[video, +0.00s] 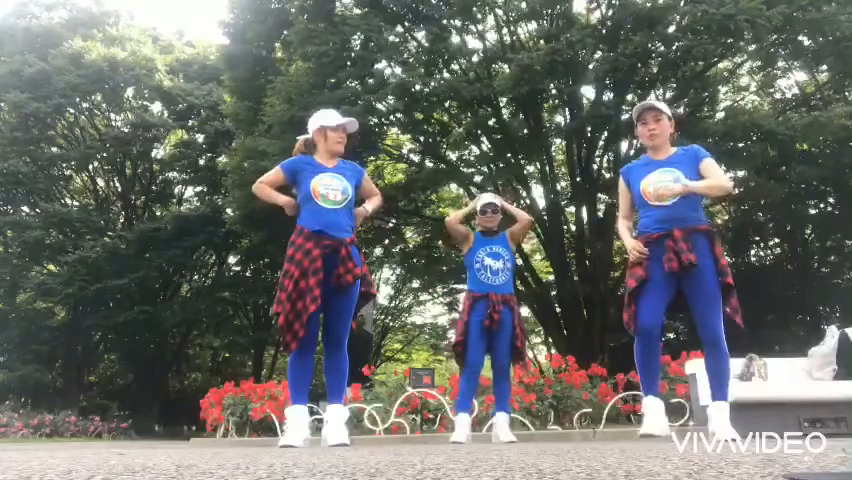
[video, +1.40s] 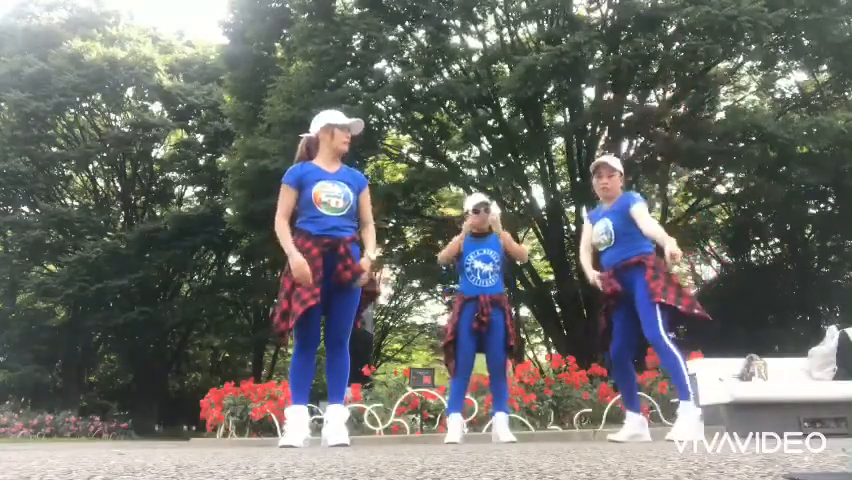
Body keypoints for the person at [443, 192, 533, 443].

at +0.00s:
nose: (490, 215)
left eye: (494, 212)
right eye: (485, 211)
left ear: (501, 216)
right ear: (477, 216)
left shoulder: (508, 238)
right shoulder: (469, 239)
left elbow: (527, 220)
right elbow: (451, 222)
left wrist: (504, 205)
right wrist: (471, 208)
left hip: (505, 304)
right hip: (478, 303)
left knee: (502, 364)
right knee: (473, 363)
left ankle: (501, 421)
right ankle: (462, 420)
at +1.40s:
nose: (479, 215)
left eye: (483, 211)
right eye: (474, 211)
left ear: (491, 214)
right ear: (467, 216)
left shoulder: (501, 238)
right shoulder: (462, 240)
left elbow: (522, 256)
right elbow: (443, 258)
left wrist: (501, 233)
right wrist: (463, 234)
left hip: (496, 304)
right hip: (468, 304)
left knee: (497, 365)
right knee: (463, 364)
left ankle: (500, 423)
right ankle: (454, 421)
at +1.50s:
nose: (481, 215)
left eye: (485, 211)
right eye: (475, 211)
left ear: (492, 215)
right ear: (466, 216)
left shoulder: (502, 239)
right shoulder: (460, 242)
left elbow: (523, 266)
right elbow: (441, 268)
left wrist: (505, 253)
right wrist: (461, 251)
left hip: (496, 305)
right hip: (468, 305)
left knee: (497, 364)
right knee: (463, 363)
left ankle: (501, 423)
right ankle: (456, 422)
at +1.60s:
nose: (478, 216)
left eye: (482, 211)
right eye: (472, 212)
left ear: (488, 215)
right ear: (463, 217)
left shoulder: (499, 242)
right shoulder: (456, 244)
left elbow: (518, 267)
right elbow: (439, 272)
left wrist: (507, 273)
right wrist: (455, 273)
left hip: (494, 306)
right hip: (466, 306)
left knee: (496, 365)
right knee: (463, 364)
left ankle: (501, 423)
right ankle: (457, 423)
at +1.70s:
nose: (471, 216)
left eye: (476, 212)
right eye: (466, 213)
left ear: (483, 217)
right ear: (458, 218)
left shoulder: (494, 243)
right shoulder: (450, 246)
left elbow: (508, 273)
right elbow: (439, 276)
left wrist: (509, 301)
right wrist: (444, 298)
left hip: (490, 306)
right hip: (460, 307)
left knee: (492, 364)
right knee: (461, 366)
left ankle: (500, 421)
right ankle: (457, 423)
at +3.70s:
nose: (463, 215)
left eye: (468, 212)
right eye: (459, 211)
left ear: (475, 217)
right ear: (451, 215)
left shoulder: (484, 243)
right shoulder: (439, 244)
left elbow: (493, 274)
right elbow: (430, 277)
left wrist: (495, 302)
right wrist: (428, 303)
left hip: (479, 305)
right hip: (450, 305)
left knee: (481, 362)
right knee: (452, 363)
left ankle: (489, 421)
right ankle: (450, 421)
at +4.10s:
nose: (470, 215)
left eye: (475, 211)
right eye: (465, 211)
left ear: (480, 218)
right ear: (456, 217)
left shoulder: (489, 243)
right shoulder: (446, 244)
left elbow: (504, 270)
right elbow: (437, 276)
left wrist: (492, 294)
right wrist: (436, 300)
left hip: (483, 306)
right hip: (455, 306)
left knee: (488, 362)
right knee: (454, 363)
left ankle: (498, 419)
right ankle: (448, 418)